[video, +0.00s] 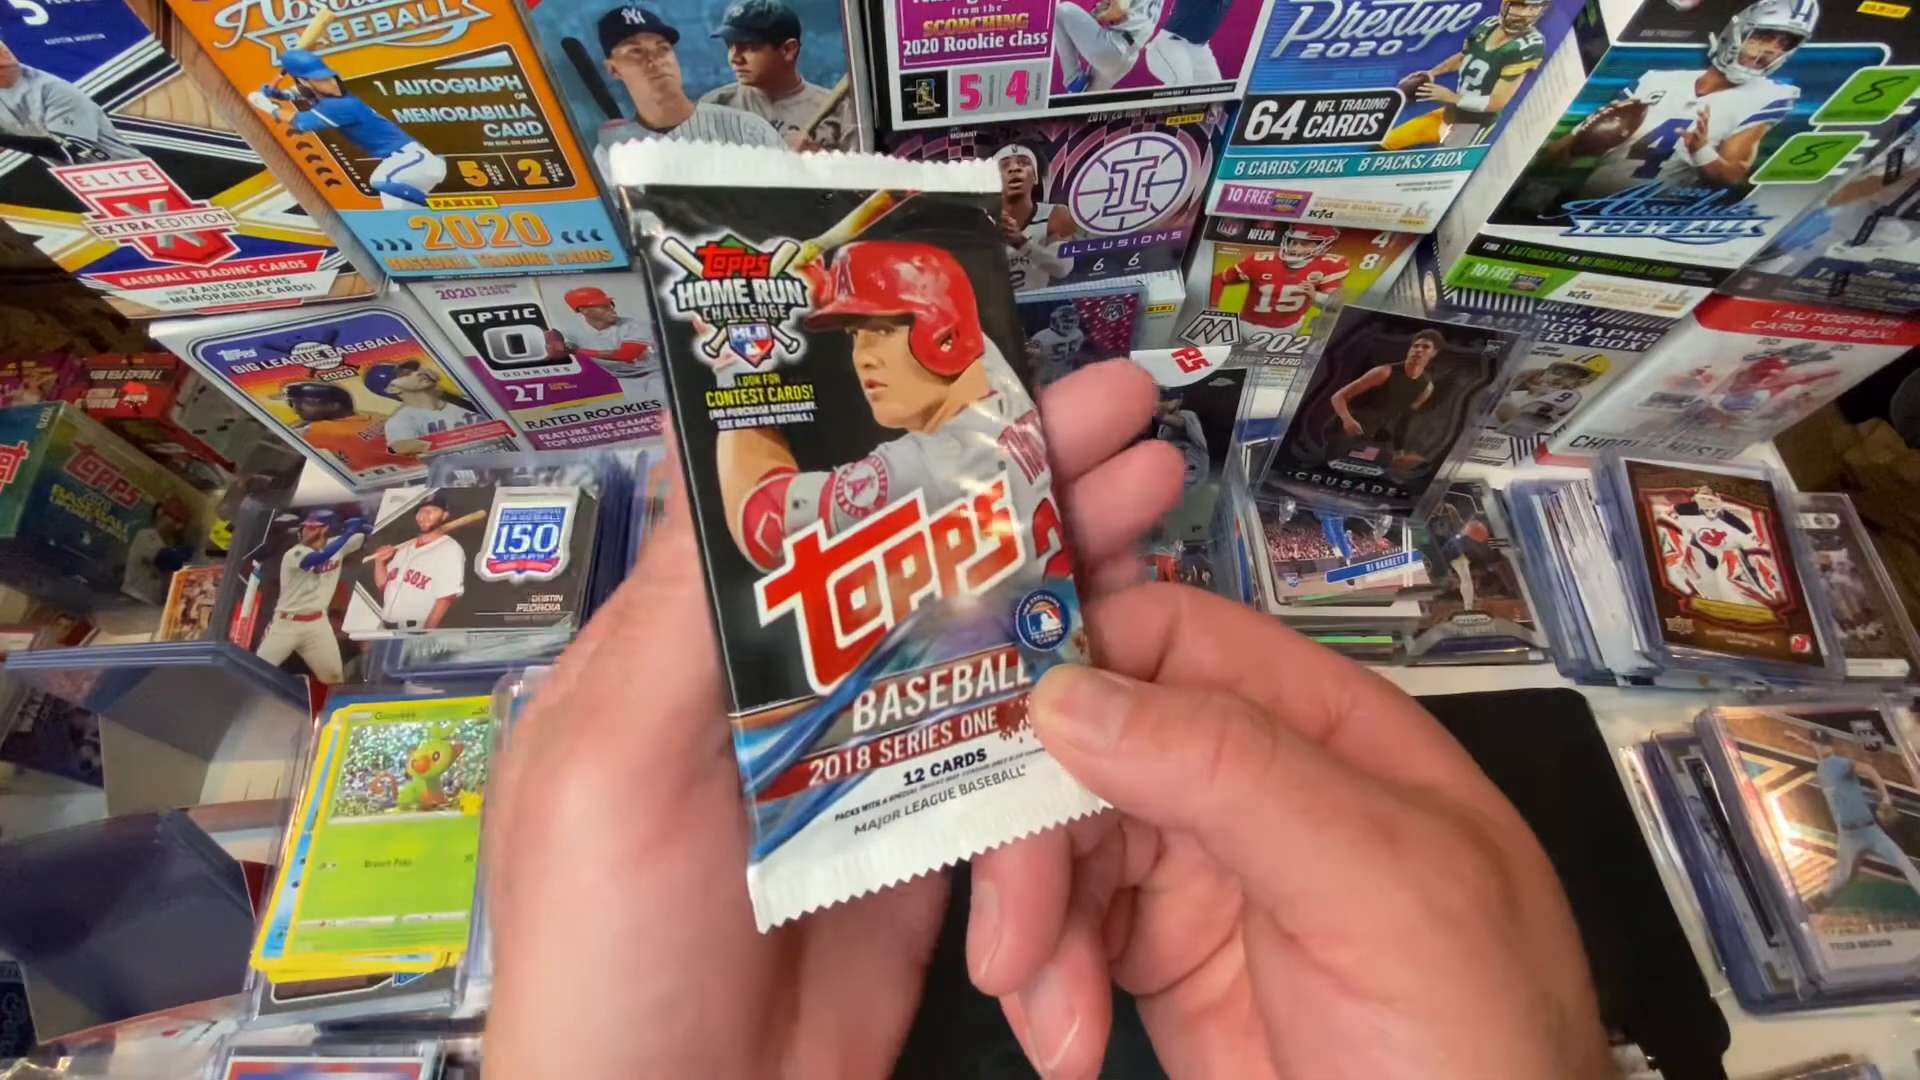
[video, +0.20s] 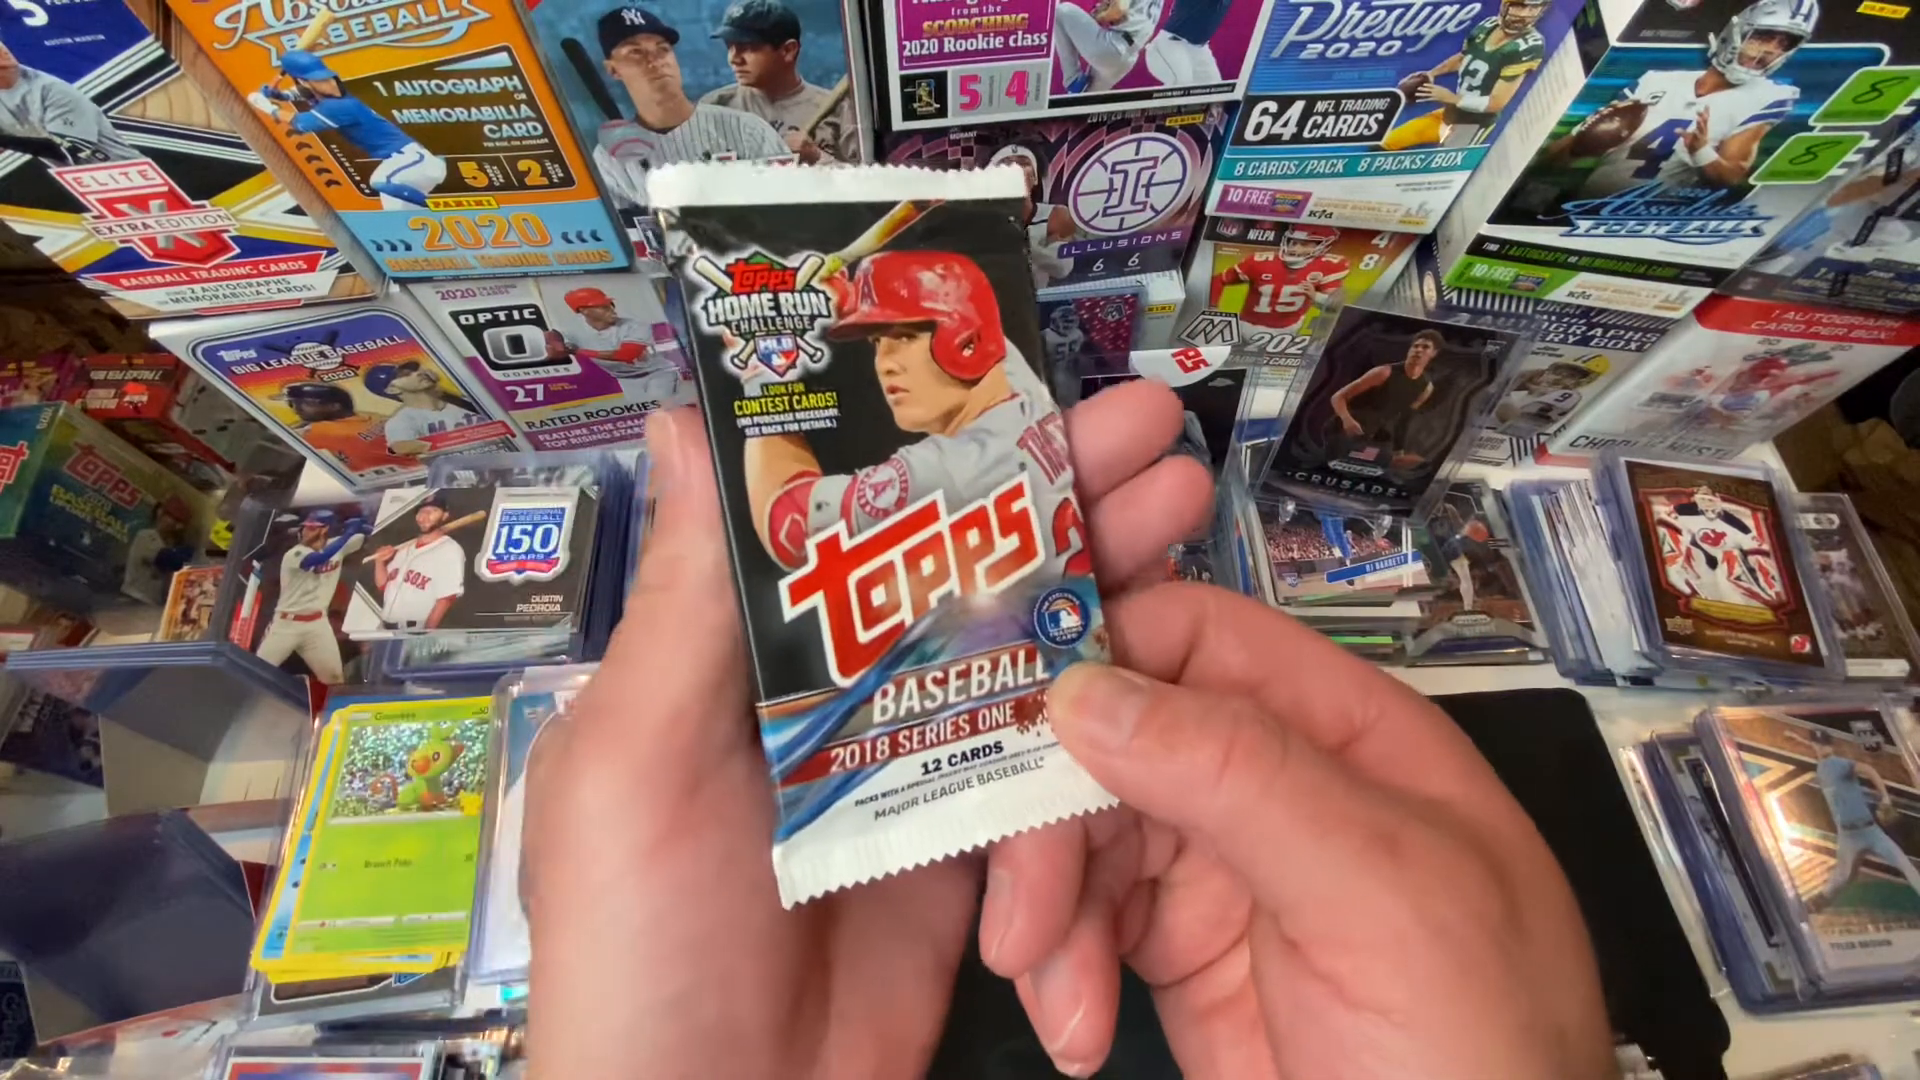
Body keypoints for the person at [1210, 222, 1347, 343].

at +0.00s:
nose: (1296, 249)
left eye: (1303, 244)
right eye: (1292, 243)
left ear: (1315, 248)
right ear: (1285, 242)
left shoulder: (1322, 271)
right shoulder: (1260, 263)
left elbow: (1336, 303)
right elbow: (1219, 280)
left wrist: (1315, 296)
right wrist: (1211, 314)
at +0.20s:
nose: (1296, 249)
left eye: (1304, 245)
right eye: (1292, 243)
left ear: (1315, 248)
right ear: (1285, 242)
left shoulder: (1322, 271)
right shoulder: (1260, 263)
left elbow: (1336, 304)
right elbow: (1218, 280)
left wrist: (1315, 296)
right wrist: (1211, 314)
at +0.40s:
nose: (1295, 249)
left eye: (1303, 245)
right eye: (1292, 243)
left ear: (1314, 248)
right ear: (1285, 242)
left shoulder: (1321, 270)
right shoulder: (1259, 263)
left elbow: (1336, 303)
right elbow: (1218, 280)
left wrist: (1315, 296)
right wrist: (1211, 315)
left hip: (1285, 336)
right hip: (1247, 330)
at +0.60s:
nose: (1296, 249)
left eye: (1304, 245)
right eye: (1293, 243)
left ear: (1315, 248)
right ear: (1286, 242)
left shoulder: (1322, 270)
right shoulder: (1259, 263)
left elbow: (1337, 304)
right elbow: (1219, 280)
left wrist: (1315, 296)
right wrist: (1211, 313)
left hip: (1286, 335)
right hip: (1249, 330)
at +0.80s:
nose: (1295, 249)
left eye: (1304, 244)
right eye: (1292, 242)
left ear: (1316, 248)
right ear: (1286, 241)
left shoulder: (1323, 270)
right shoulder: (1259, 263)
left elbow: (1337, 304)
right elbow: (1219, 280)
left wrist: (1315, 296)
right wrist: (1212, 312)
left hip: (1286, 335)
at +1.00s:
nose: (1296, 248)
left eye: (1303, 244)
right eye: (1292, 242)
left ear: (1315, 248)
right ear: (1285, 242)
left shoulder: (1322, 270)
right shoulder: (1259, 263)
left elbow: (1337, 304)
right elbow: (1219, 279)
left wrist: (1315, 296)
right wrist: (1212, 313)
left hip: (1286, 335)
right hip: (1249, 329)